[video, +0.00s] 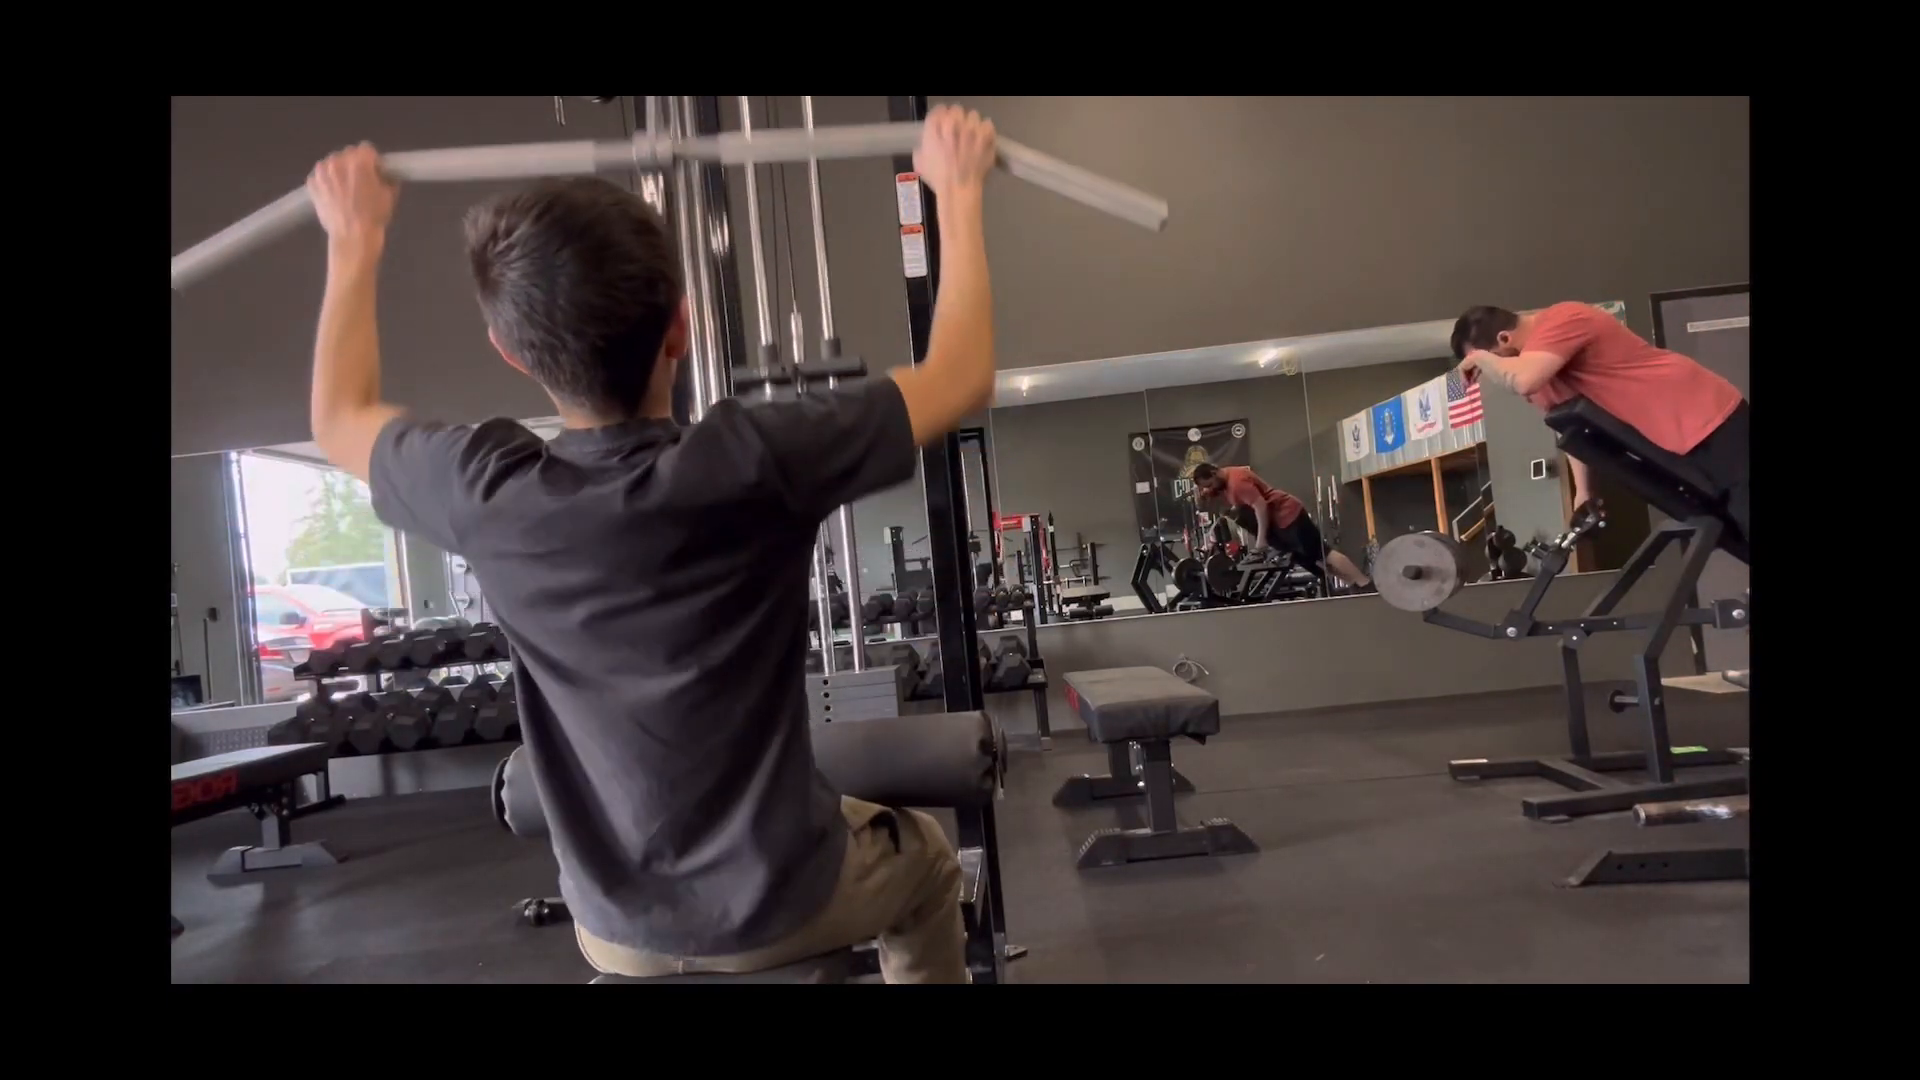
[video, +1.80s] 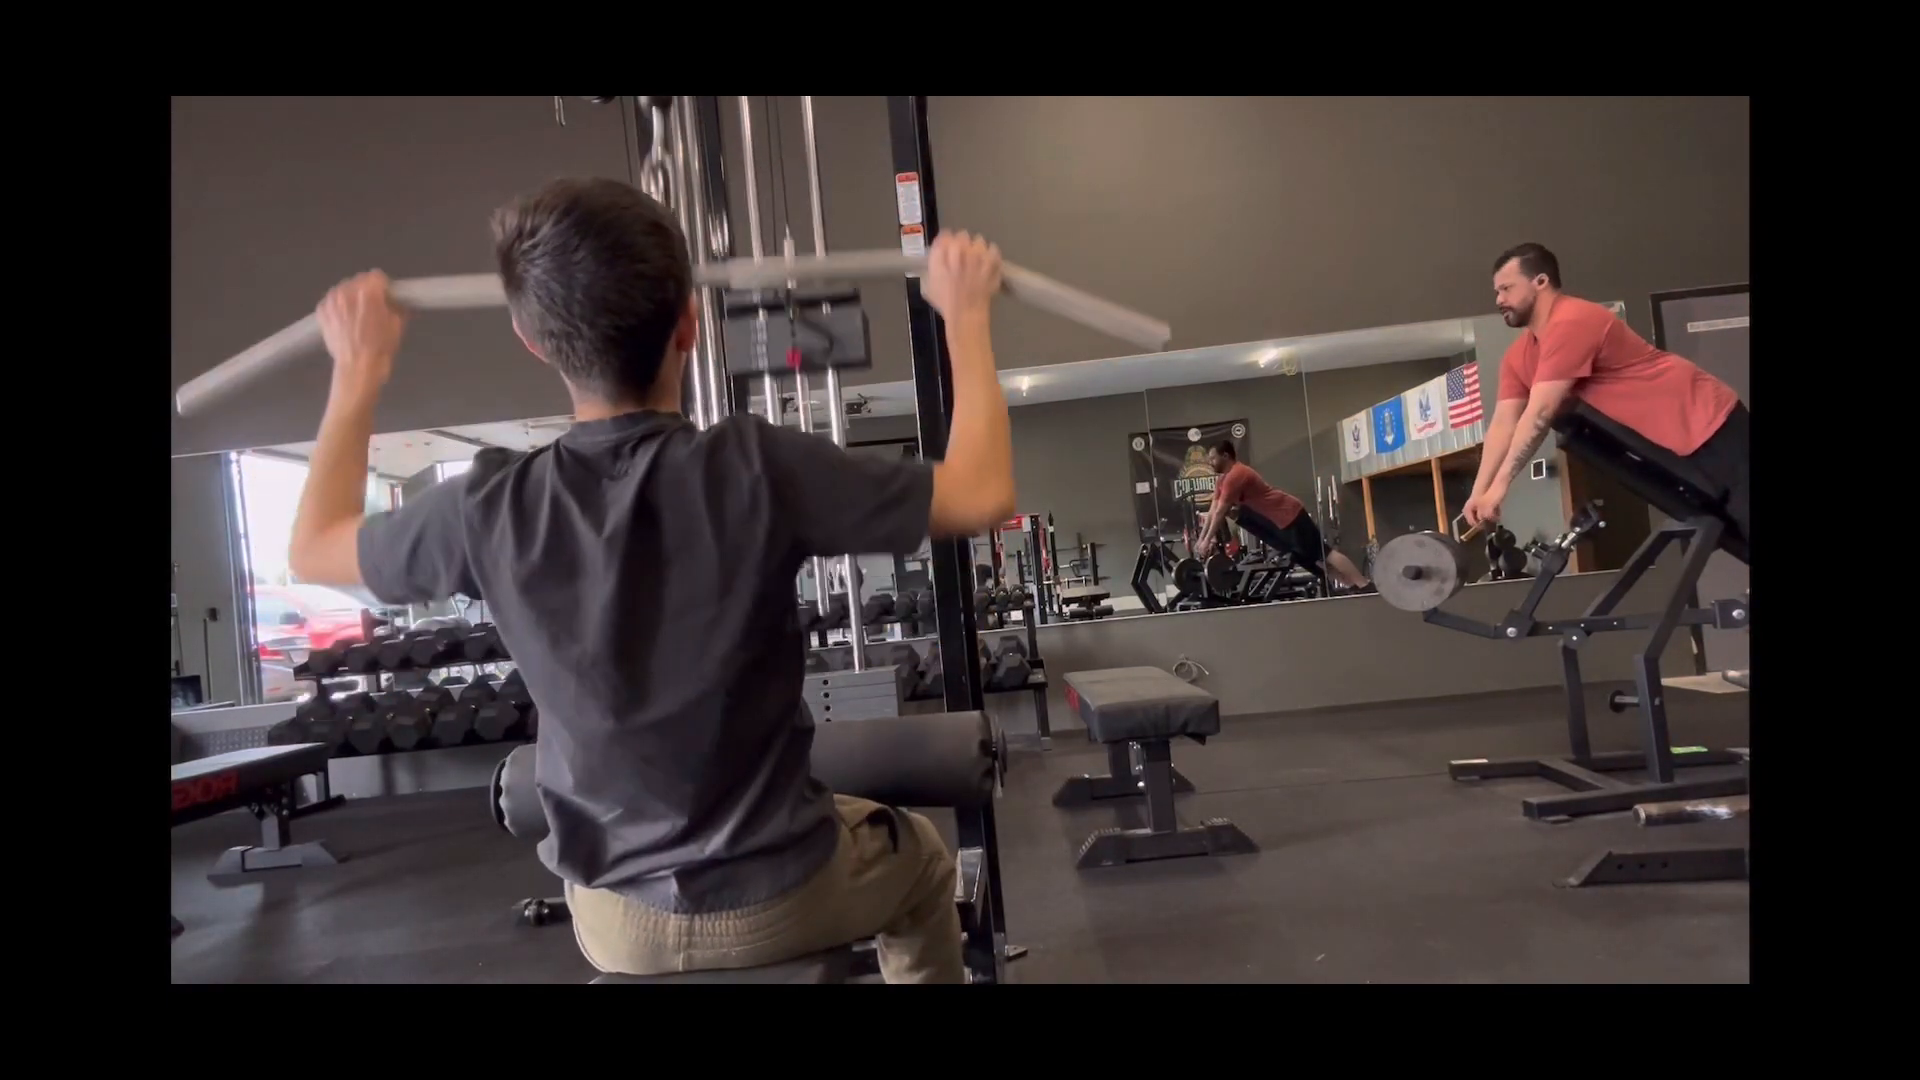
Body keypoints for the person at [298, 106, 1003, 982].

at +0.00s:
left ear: (511, 351)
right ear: (680, 327)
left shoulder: (491, 490)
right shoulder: (761, 458)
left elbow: (341, 418)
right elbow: (960, 380)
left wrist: (351, 240)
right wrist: (960, 193)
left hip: (612, 924)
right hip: (780, 902)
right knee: (923, 864)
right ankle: (925, 977)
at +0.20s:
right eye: (691, 282)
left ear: (525, 342)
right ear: (687, 323)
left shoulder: (510, 450)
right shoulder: (762, 413)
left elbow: (370, 291)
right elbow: (908, 247)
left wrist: (335, 121)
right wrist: (936, 93)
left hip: (608, 916)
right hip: (778, 904)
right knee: (922, 857)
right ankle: (931, 978)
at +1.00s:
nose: (673, 310)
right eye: (669, 297)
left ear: (506, 347)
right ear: (658, 328)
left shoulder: (472, 472)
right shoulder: (742, 448)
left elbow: (298, 358)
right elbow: (945, 333)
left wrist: (305, 159)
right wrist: (941, 134)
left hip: (612, 914)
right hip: (778, 902)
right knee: (918, 864)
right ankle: (926, 981)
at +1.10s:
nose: (665, 317)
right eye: (659, 300)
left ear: (492, 352)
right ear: (648, 332)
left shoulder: (455, 492)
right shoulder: (728, 470)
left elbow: (273, 443)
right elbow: (965, 419)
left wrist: (302, 246)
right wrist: (950, 216)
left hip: (604, 921)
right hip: (774, 908)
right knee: (918, 867)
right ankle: (922, 973)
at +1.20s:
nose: (667, 312)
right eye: (660, 297)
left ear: (490, 354)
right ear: (649, 330)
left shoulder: (454, 510)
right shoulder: (723, 480)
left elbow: (271, 555)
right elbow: (972, 513)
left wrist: (311, 364)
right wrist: (958, 317)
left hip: (601, 924)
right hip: (767, 912)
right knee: (918, 857)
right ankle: (927, 977)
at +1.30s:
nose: (674, 322)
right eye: (669, 308)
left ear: (501, 357)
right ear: (658, 336)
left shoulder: (464, 527)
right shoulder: (727, 492)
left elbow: (279, 663)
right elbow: (962, 596)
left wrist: (326, 468)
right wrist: (964, 403)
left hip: (603, 921)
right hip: (769, 909)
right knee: (920, 859)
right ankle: (926, 978)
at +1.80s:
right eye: (696, 298)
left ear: (531, 344)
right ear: (689, 323)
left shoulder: (493, 508)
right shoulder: (757, 470)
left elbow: (317, 546)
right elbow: (983, 494)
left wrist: (357, 368)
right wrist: (968, 319)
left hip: (610, 918)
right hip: (775, 904)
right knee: (920, 854)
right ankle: (922, 975)